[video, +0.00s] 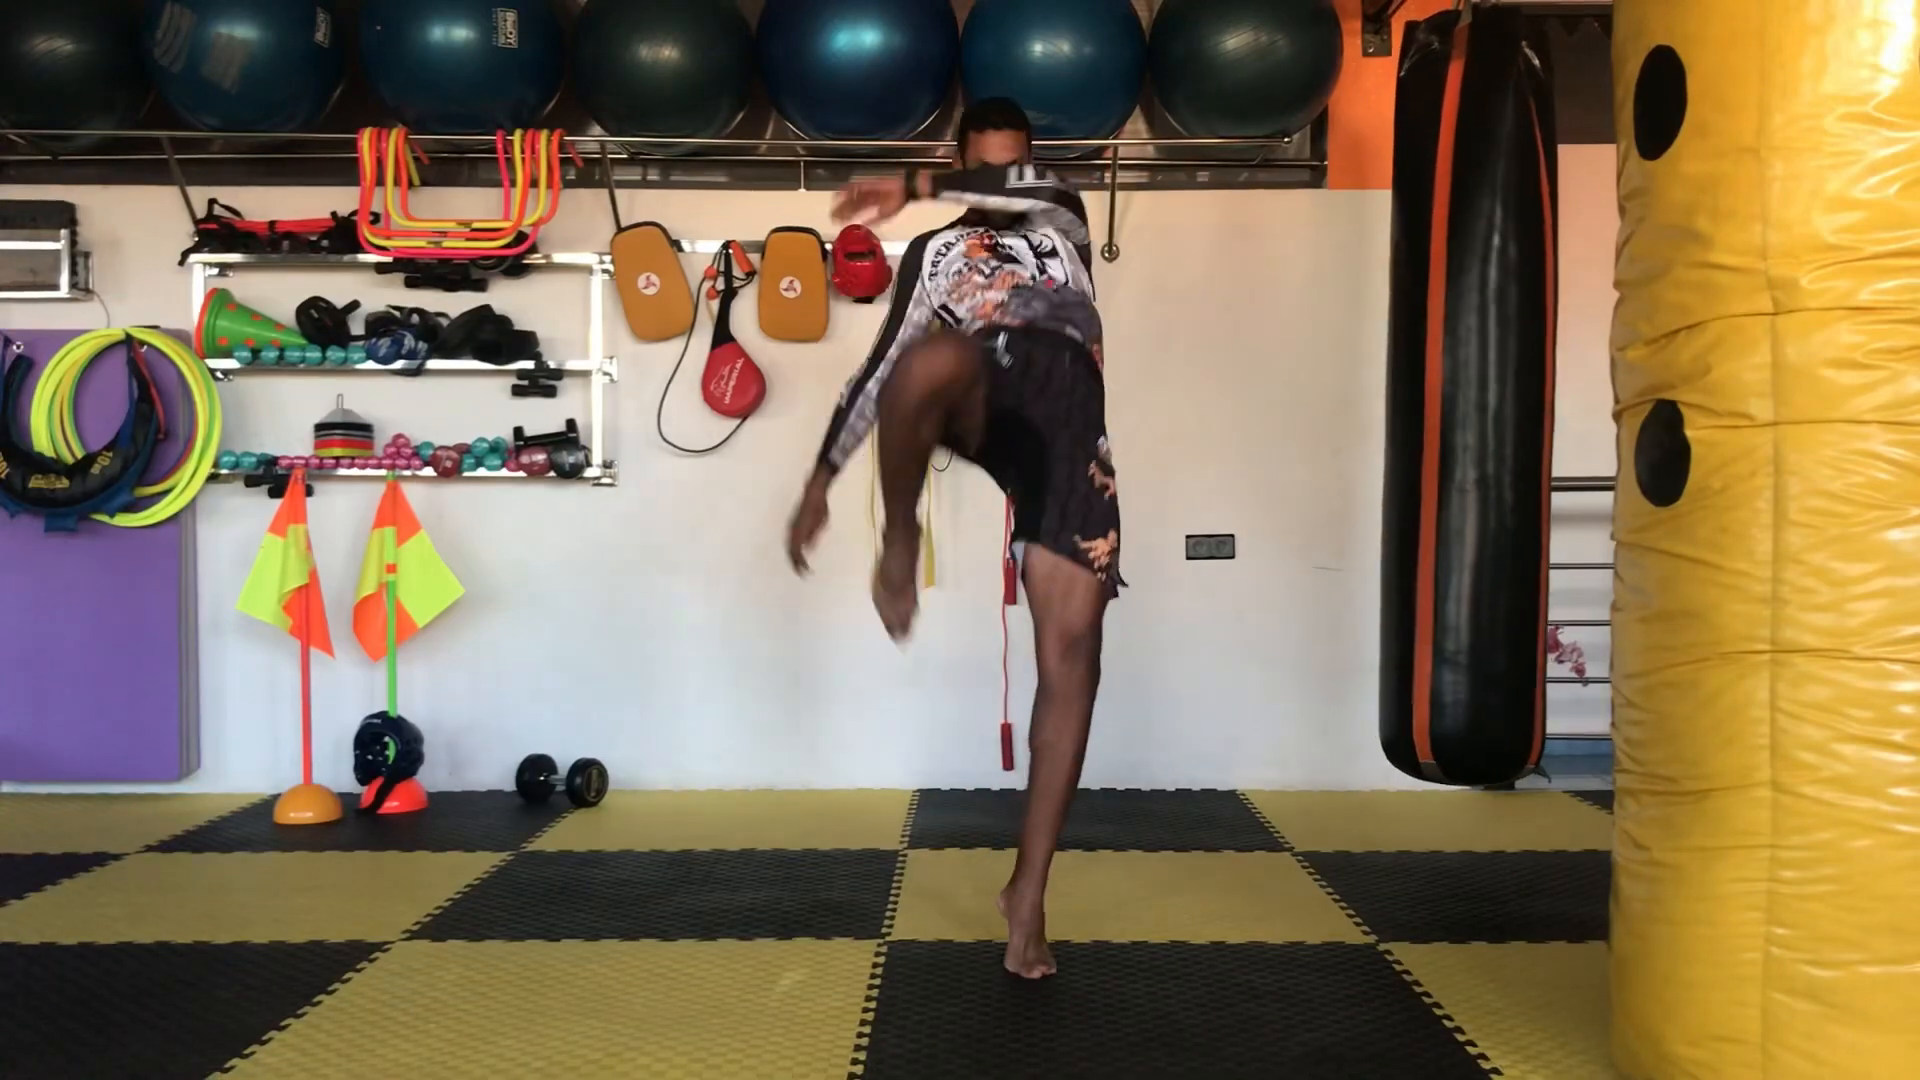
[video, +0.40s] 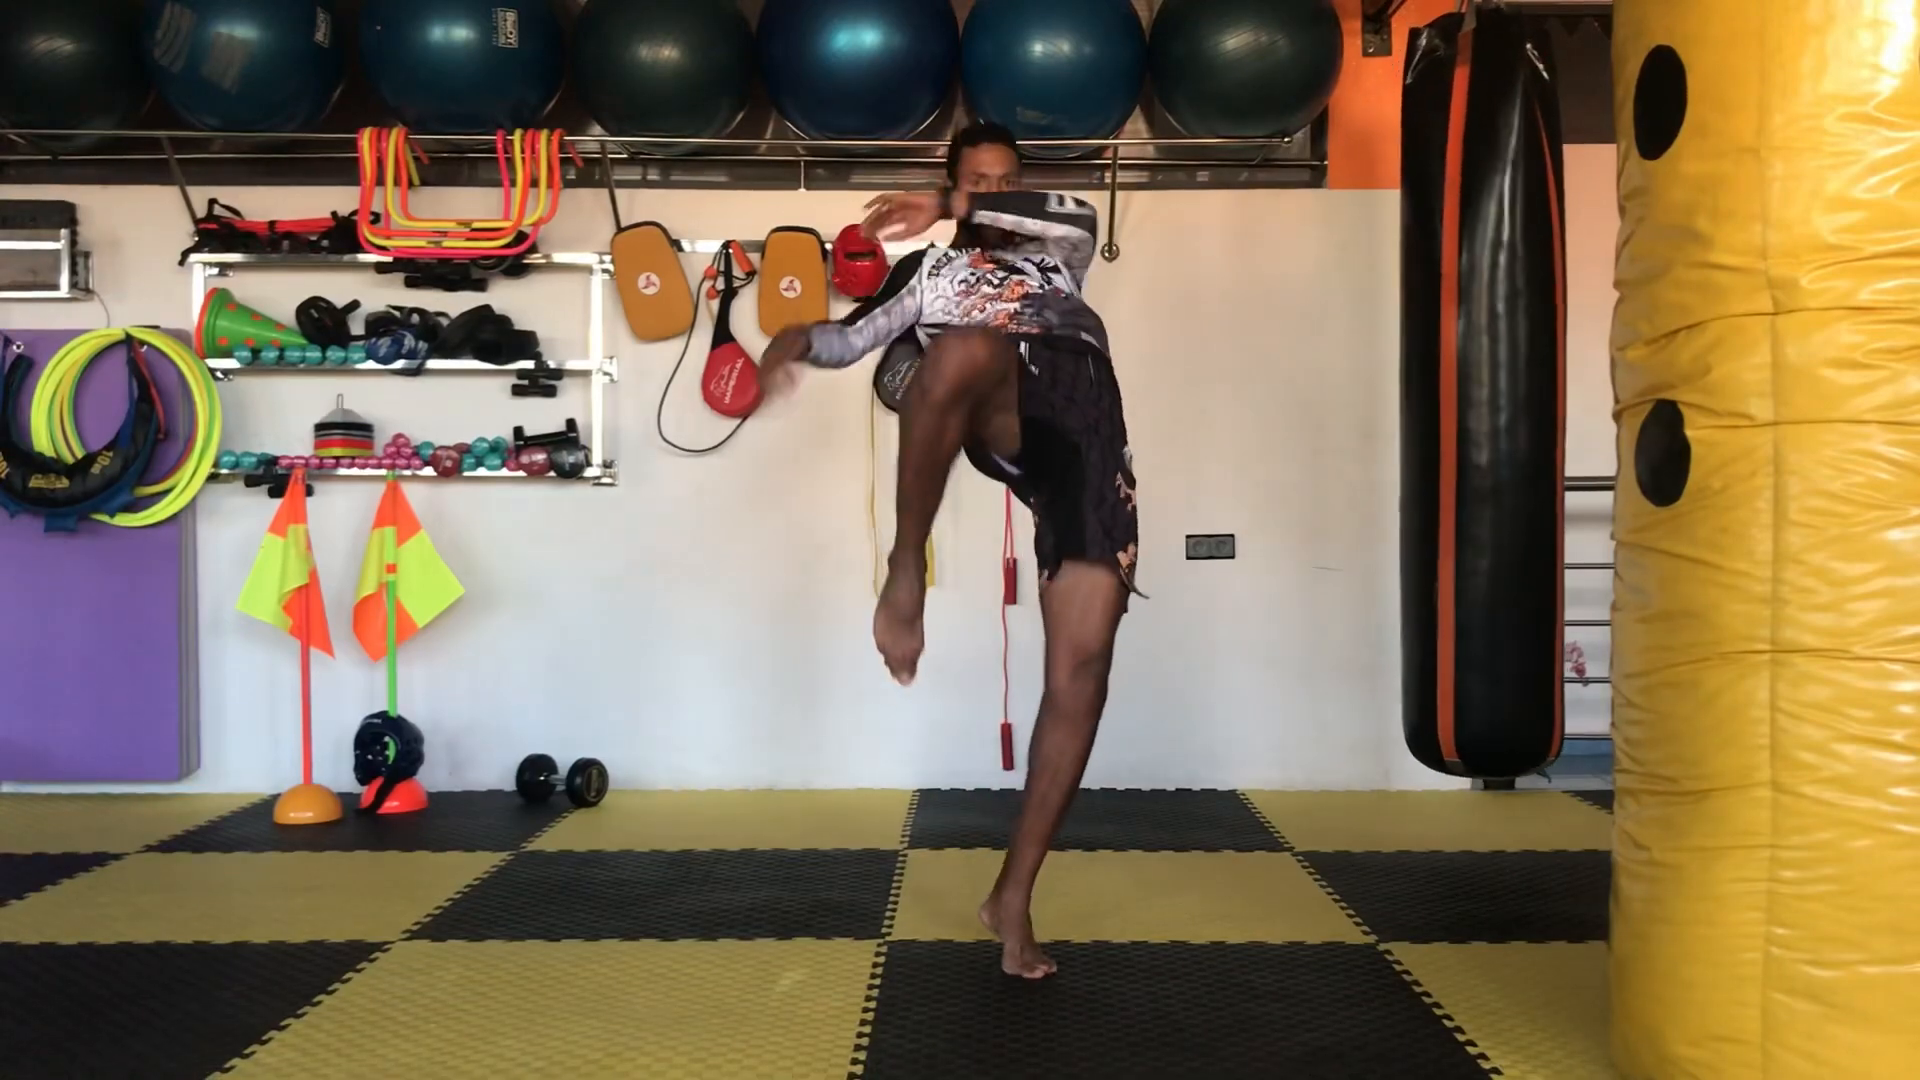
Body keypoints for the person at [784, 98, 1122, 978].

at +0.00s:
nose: (1002, 176)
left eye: (1016, 164)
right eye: (987, 166)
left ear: (1035, 164)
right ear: (962, 170)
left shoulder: (1062, 221)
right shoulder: (935, 250)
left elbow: (1027, 181)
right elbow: (880, 366)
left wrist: (914, 182)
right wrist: (818, 477)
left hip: (1064, 405)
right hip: (970, 391)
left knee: (1074, 657)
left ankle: (1029, 888)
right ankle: (900, 540)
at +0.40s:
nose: (990, 191)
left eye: (1003, 178)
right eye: (975, 179)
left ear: (1023, 183)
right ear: (951, 188)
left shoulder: (1054, 250)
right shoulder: (934, 274)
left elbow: (1076, 230)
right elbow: (850, 342)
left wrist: (947, 204)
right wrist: (795, 339)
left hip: (1088, 434)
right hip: (1001, 415)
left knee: (1080, 682)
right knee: (960, 348)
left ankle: (1014, 895)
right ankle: (907, 566)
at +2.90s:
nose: (958, 228)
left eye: (974, 212)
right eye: (945, 213)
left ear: (999, 211)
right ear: (928, 220)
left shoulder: (1034, 282)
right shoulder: (902, 278)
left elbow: (1048, 241)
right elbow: (836, 284)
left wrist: (976, 157)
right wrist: (909, 200)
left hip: (1009, 497)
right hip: (921, 498)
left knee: (1063, 728)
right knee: (897, 689)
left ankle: (1049, 755)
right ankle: (936, 906)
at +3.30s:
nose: (972, 190)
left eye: (990, 180)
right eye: (958, 176)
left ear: (1011, 191)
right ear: (941, 178)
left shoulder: (1023, 261)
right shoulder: (899, 234)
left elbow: (1030, 378)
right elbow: (877, 203)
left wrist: (1074, 497)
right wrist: (993, 221)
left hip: (950, 401)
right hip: (869, 429)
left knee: (965, 271)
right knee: (867, 665)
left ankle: (1056, 507)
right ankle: (931, 883)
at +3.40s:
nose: (971, 192)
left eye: (987, 180)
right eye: (958, 178)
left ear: (1013, 190)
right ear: (940, 181)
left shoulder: (1027, 259)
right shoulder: (905, 234)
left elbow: (1037, 365)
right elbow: (874, 201)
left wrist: (1072, 450)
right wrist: (996, 217)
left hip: (943, 407)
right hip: (864, 438)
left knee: (952, 284)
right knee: (862, 669)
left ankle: (1034, 511)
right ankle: (932, 884)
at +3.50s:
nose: (969, 191)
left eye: (985, 176)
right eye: (956, 176)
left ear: (1015, 182)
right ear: (941, 179)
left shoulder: (1038, 256)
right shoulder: (911, 228)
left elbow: (1036, 375)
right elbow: (867, 215)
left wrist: (1057, 404)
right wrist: (992, 217)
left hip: (949, 409)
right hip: (865, 420)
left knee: (942, 334)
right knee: (864, 673)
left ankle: (1029, 546)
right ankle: (936, 886)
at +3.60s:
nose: (966, 178)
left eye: (983, 163)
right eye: (953, 163)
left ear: (1013, 172)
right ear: (938, 171)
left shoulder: (1036, 249)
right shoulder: (904, 241)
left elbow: (1048, 385)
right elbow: (838, 239)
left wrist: (1038, 385)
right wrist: (955, 215)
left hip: (951, 415)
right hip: (869, 424)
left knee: (928, 373)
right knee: (876, 671)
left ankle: (1025, 587)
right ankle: (944, 895)